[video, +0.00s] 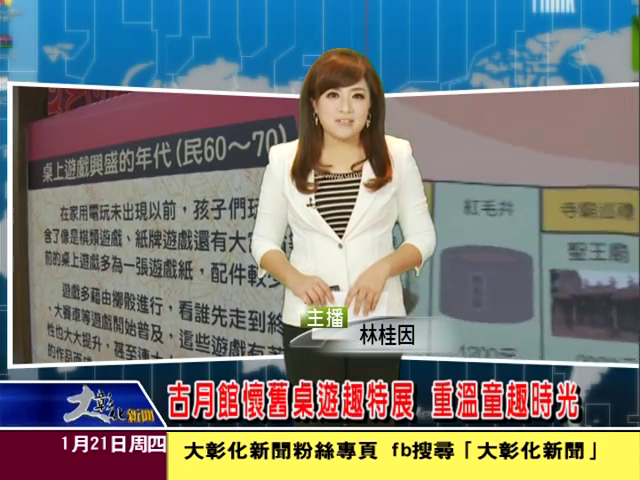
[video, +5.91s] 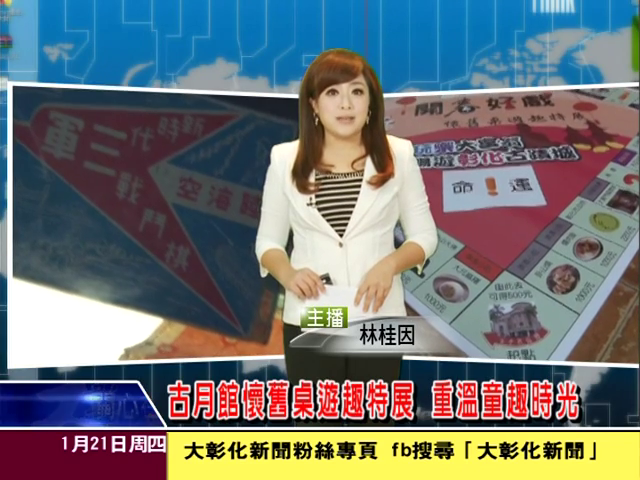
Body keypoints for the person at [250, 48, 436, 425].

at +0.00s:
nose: (346, 107)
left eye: (357, 96)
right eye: (333, 96)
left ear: (371, 105)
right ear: (313, 104)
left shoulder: (394, 156)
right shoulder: (285, 160)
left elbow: (423, 238)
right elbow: (263, 242)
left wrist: (382, 267)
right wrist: (296, 279)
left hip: (377, 323)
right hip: (308, 323)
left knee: (376, 439)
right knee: (314, 439)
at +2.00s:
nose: (347, 109)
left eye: (359, 97)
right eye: (334, 97)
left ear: (373, 104)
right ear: (315, 105)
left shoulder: (396, 155)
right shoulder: (287, 160)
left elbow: (424, 239)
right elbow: (265, 243)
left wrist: (383, 267)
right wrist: (297, 279)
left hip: (379, 323)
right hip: (309, 323)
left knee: (377, 439)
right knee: (314, 438)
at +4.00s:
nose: (343, 105)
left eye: (355, 94)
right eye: (330, 94)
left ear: (370, 103)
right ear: (312, 104)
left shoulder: (395, 155)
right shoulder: (286, 159)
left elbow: (422, 237)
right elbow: (268, 242)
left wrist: (389, 265)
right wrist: (289, 273)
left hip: (376, 326)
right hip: (307, 324)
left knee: (375, 441)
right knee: (313, 440)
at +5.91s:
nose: (346, 104)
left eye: (357, 92)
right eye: (332, 93)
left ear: (371, 101)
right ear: (313, 104)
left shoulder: (396, 155)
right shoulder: (287, 159)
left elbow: (424, 237)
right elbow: (268, 242)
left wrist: (389, 265)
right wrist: (290, 274)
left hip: (378, 324)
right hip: (308, 323)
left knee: (374, 440)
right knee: (313, 439)